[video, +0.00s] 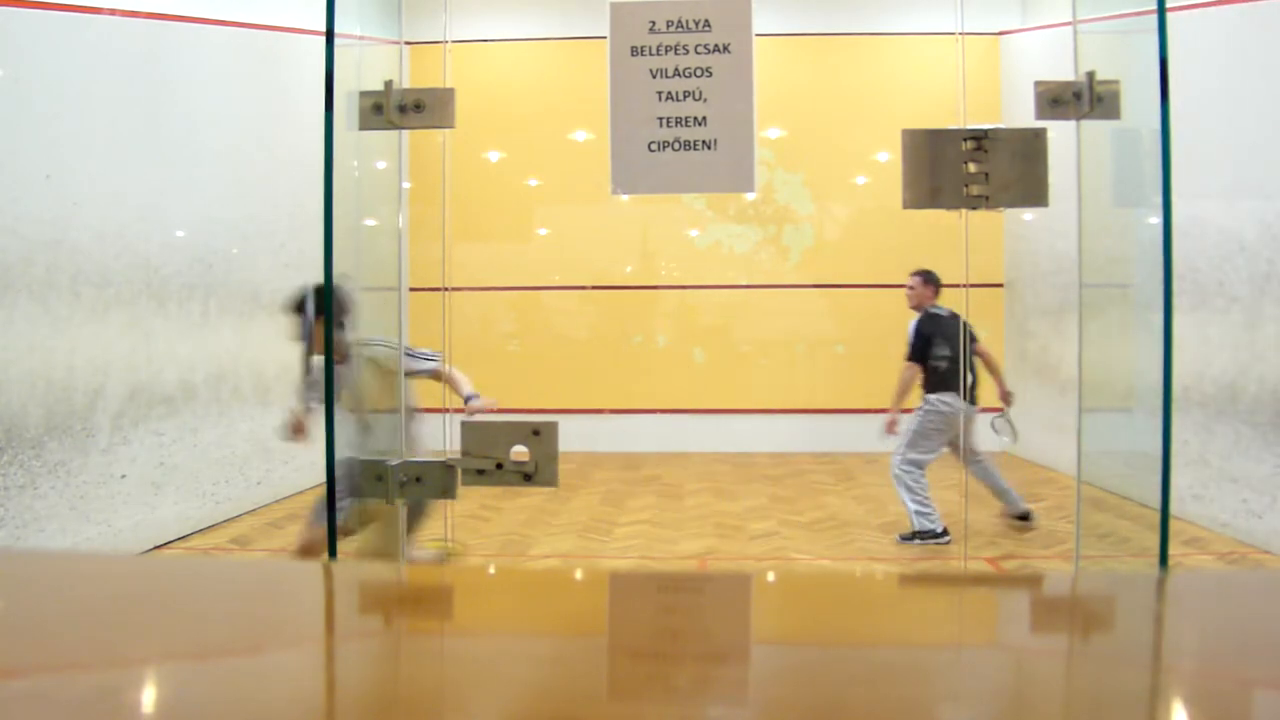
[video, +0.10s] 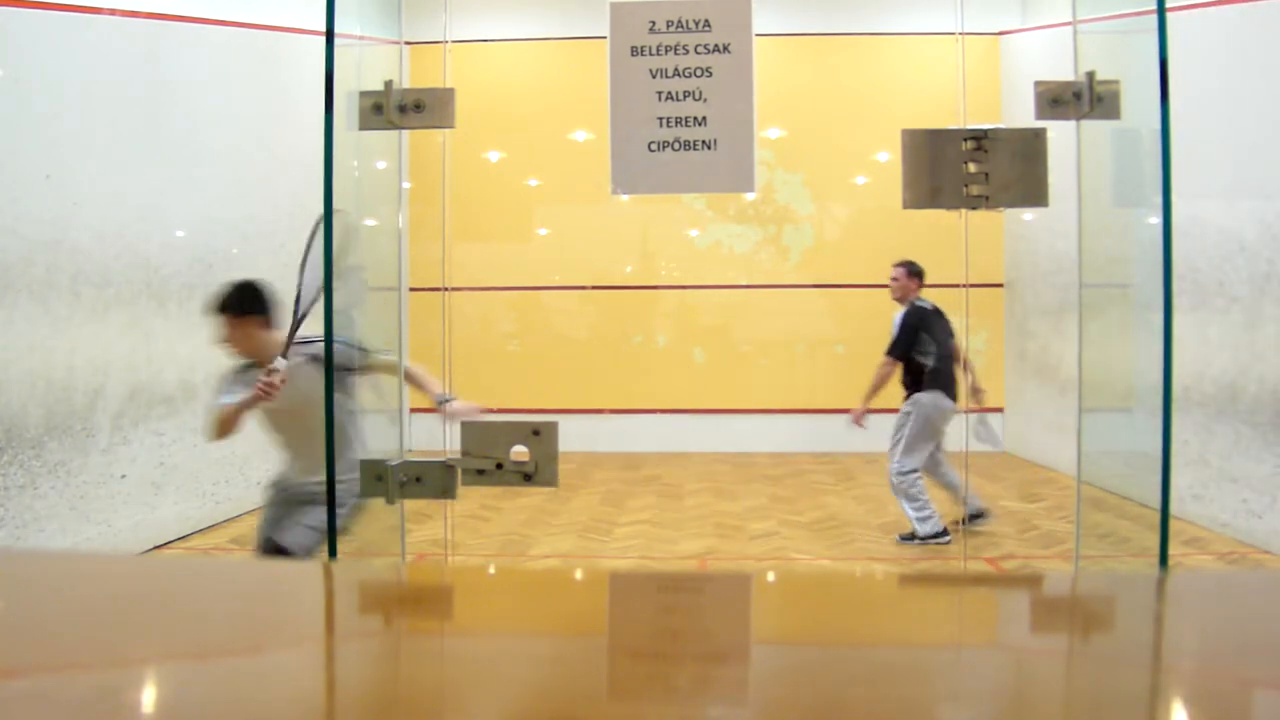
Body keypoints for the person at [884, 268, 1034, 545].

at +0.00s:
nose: (907, 293)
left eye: (912, 288)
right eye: (907, 288)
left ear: (930, 291)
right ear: (931, 293)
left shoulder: (923, 322)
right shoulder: (957, 321)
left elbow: (912, 368)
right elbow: (984, 354)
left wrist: (894, 409)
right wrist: (1002, 387)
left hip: (939, 405)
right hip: (966, 407)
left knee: (905, 464)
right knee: (971, 457)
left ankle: (929, 527)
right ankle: (1018, 507)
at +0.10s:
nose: (890, 285)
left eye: (895, 280)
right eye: (891, 280)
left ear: (915, 284)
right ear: (914, 285)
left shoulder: (910, 314)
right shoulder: (936, 313)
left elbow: (890, 364)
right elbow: (958, 353)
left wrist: (864, 405)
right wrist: (974, 383)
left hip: (925, 398)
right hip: (946, 398)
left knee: (902, 467)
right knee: (930, 458)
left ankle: (929, 528)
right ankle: (973, 506)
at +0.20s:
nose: (872, 278)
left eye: (878, 273)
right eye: (873, 273)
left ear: (897, 276)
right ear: (896, 278)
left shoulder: (893, 307)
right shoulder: (915, 306)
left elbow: (874, 357)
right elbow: (934, 347)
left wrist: (840, 393)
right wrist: (937, 382)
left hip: (910, 396)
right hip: (915, 394)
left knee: (903, 464)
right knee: (882, 452)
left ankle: (930, 526)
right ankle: (913, 515)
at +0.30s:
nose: (854, 277)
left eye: (860, 271)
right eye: (854, 271)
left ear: (878, 275)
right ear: (874, 277)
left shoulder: (875, 306)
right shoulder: (892, 305)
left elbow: (855, 354)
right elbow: (910, 344)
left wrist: (817, 386)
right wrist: (902, 379)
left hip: (892, 397)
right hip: (881, 398)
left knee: (900, 467)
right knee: (848, 451)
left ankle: (929, 526)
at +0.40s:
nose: (833, 279)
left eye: (839, 274)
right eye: (833, 274)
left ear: (857, 278)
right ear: (850, 279)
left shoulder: (856, 308)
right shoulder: (859, 308)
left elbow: (833, 355)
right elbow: (870, 358)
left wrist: (792, 385)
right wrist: (848, 396)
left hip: (873, 405)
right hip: (854, 405)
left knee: (894, 470)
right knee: (821, 459)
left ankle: (929, 525)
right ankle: (793, 518)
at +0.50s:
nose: (811, 282)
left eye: (816, 277)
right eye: (810, 277)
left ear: (835, 280)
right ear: (824, 282)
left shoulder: (834, 312)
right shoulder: (832, 312)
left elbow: (813, 359)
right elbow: (837, 366)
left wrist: (770, 389)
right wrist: (813, 402)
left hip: (842, 411)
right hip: (822, 410)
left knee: (871, 471)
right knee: (791, 458)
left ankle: (921, 518)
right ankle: (780, 528)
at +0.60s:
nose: (788, 279)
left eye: (794, 274)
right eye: (788, 274)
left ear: (813, 277)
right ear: (805, 279)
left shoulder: (813, 309)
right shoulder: (809, 309)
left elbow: (795, 357)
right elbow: (810, 360)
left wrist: (760, 394)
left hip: (816, 407)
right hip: (799, 406)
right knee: (771, 462)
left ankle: (884, 504)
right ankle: (779, 529)